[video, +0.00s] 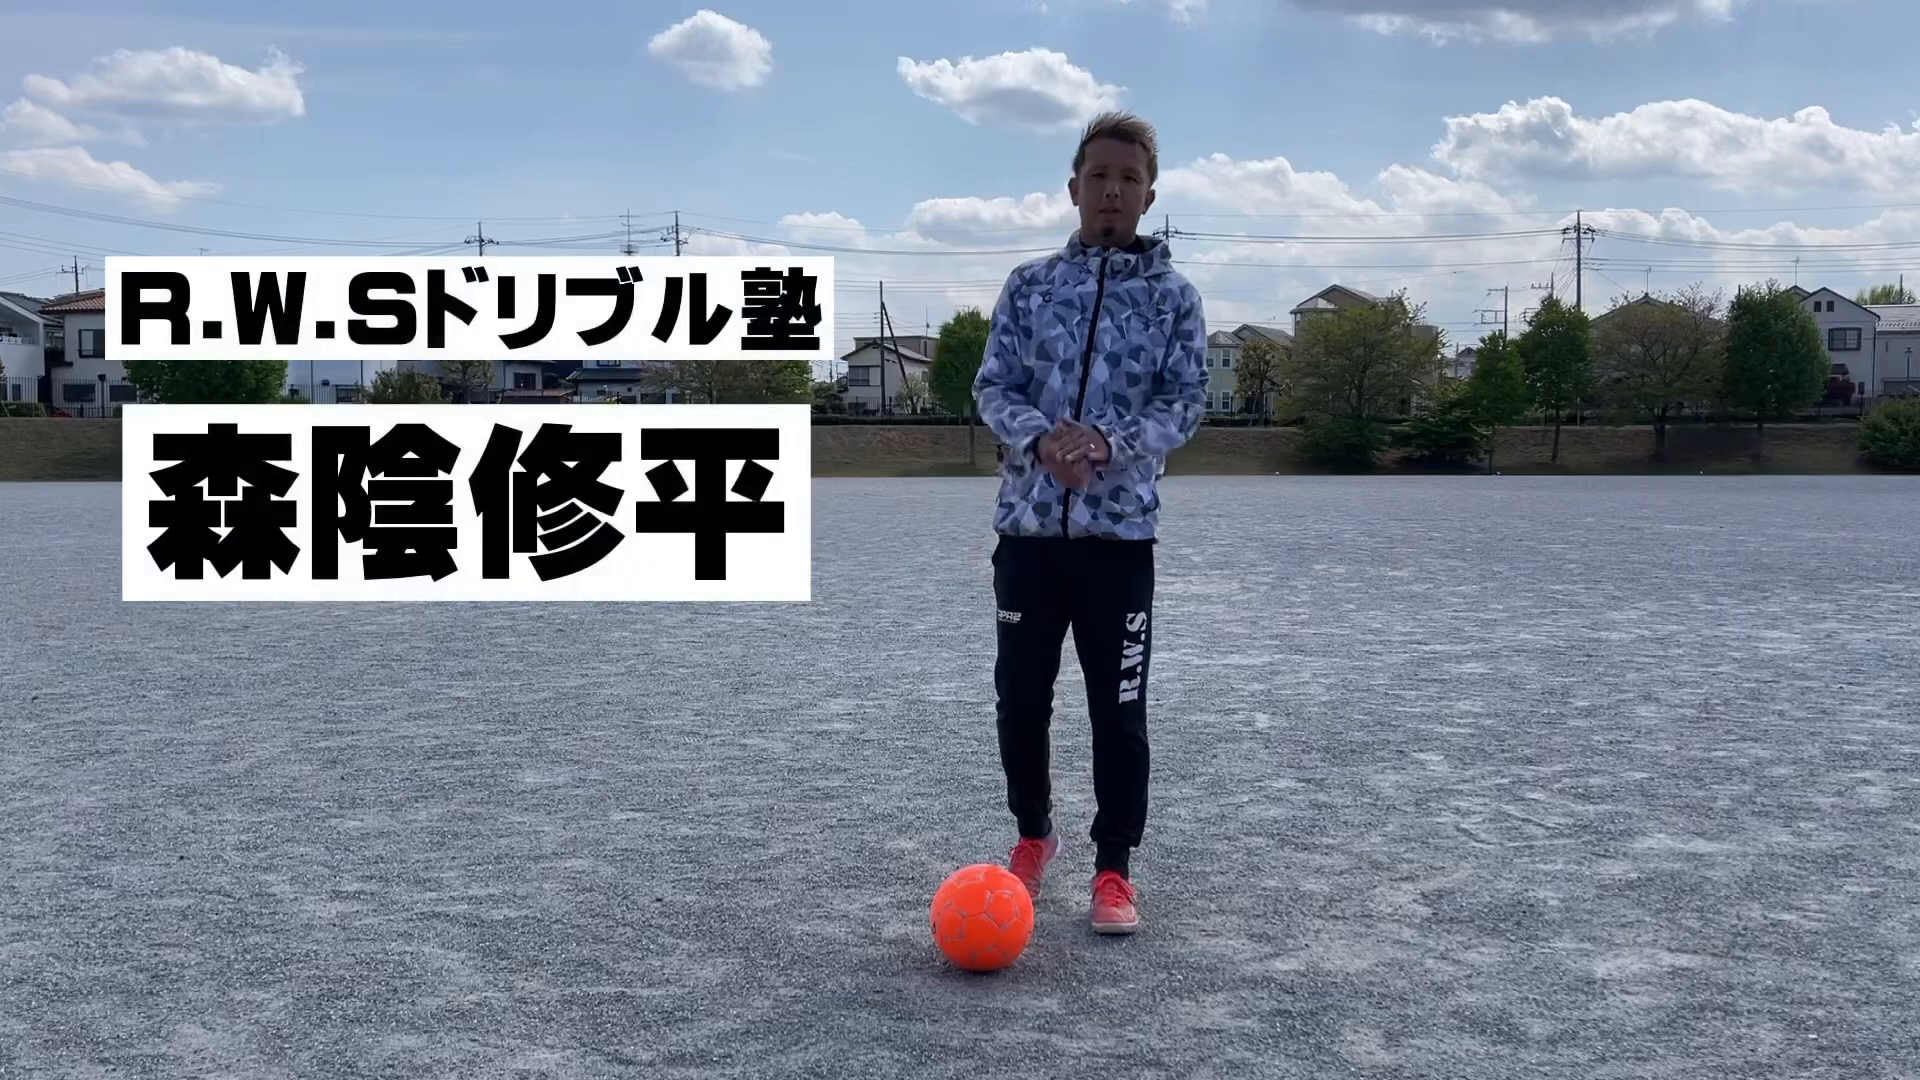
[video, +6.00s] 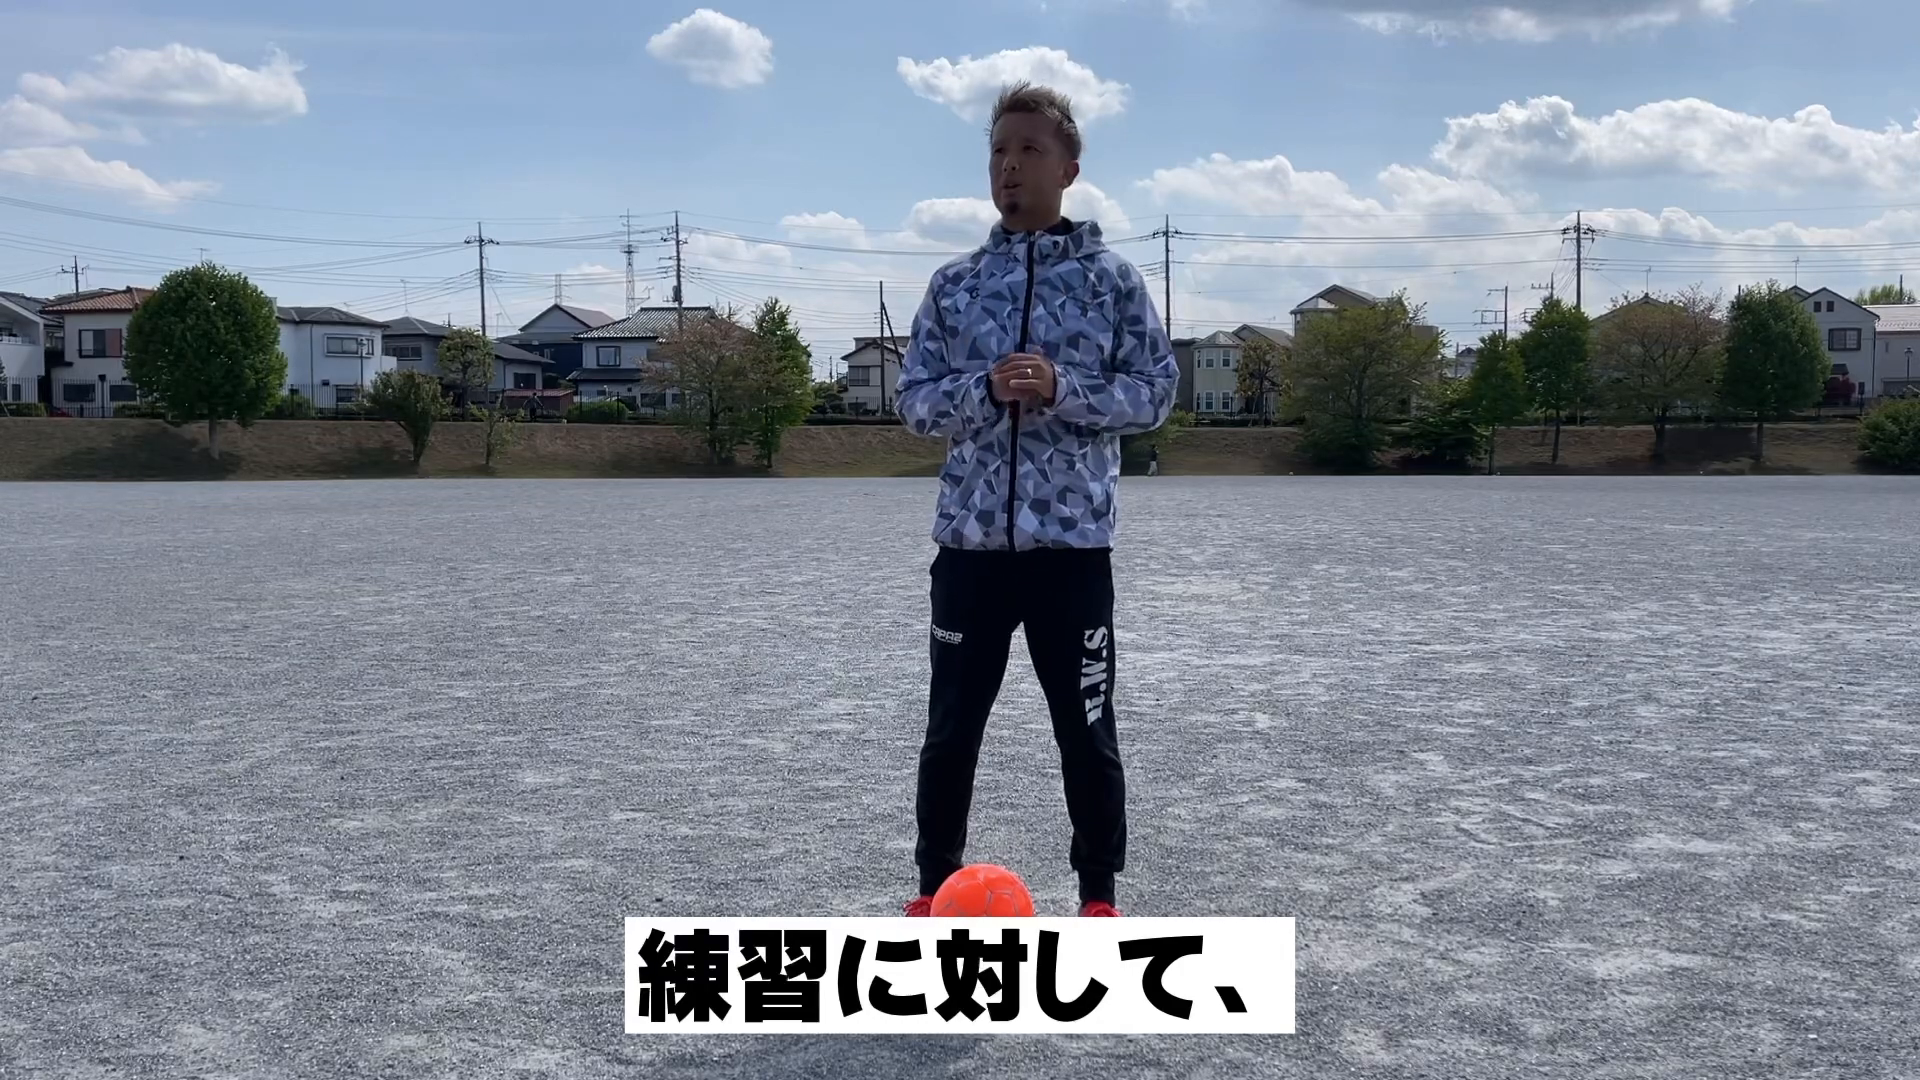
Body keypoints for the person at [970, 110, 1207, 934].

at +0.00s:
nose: (1113, 190)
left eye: (1129, 178)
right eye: (1099, 174)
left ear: (1149, 192)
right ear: (1074, 184)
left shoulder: (1173, 295)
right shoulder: (1030, 282)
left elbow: (1184, 404)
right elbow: (992, 389)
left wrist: (1112, 448)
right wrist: (1041, 435)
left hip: (1119, 532)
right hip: (1028, 527)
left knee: (1118, 705)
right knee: (1019, 698)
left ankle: (1114, 871)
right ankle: (1031, 836)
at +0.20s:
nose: (1129, 187)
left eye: (1145, 175)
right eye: (1115, 172)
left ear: (1166, 190)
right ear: (1090, 182)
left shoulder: (1183, 300)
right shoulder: (1041, 284)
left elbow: (1200, 429)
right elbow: (1000, 403)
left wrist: (1205, 539)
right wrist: (966, 499)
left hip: (1121, 539)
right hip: (1027, 531)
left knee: (1119, 712)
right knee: (1000, 704)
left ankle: (1111, 873)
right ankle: (998, 861)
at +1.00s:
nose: (1010, 173)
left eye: (1023, 158)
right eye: (991, 161)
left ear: (1046, 171)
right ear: (967, 180)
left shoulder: (1093, 280)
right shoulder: (943, 292)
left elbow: (1130, 388)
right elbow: (910, 408)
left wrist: (1087, 471)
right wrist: (946, 466)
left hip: (1068, 541)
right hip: (974, 545)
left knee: (1091, 713)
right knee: (962, 719)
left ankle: (1108, 874)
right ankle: (961, 888)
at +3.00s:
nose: (989, 159)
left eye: (1005, 142)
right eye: (971, 144)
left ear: (1030, 153)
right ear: (946, 158)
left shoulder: (1075, 266)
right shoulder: (914, 275)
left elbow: (1122, 382)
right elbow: (872, 384)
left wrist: (1042, 419)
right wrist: (941, 418)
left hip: (1045, 536)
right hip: (941, 536)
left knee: (1078, 723)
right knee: (927, 725)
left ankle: (1103, 902)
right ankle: (925, 894)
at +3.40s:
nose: (1004, 151)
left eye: (1022, 136)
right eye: (988, 135)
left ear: (1046, 151)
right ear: (963, 150)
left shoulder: (1088, 265)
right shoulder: (927, 269)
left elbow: (1118, 400)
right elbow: (900, 404)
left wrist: (1129, 510)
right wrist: (886, 513)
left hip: (1056, 535)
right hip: (951, 535)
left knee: (1082, 725)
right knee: (933, 727)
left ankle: (1103, 901)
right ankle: (927, 894)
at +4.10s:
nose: (1036, 161)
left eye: (1052, 146)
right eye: (1019, 146)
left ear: (1073, 164)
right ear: (991, 163)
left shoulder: (1107, 279)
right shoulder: (952, 279)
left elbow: (1124, 389)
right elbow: (931, 401)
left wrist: (1064, 454)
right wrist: (998, 444)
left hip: (1069, 542)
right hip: (968, 540)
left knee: (1086, 730)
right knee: (947, 728)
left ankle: (1101, 905)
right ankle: (931, 897)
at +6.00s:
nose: (1010, 164)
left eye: (1029, 150)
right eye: (1000, 151)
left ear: (1069, 166)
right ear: (989, 165)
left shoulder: (1113, 280)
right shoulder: (955, 284)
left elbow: (1150, 395)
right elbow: (917, 398)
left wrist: (1061, 390)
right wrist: (983, 386)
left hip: (1070, 538)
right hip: (970, 537)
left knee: (1084, 728)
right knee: (951, 728)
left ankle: (1098, 898)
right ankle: (934, 893)